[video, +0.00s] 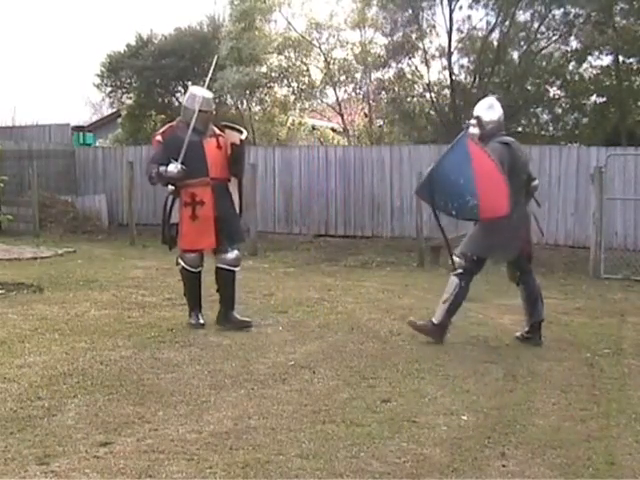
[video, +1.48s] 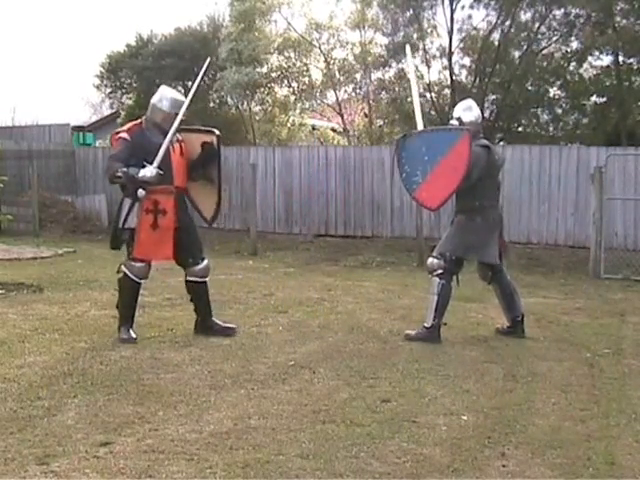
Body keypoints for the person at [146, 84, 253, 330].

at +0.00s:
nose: (203, 117)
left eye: (207, 112)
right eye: (199, 112)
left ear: (212, 113)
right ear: (187, 111)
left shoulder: (218, 138)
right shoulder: (175, 137)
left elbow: (235, 172)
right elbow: (153, 169)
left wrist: (237, 147)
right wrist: (165, 173)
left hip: (220, 199)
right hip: (191, 201)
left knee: (229, 255)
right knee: (192, 256)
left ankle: (227, 312)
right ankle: (195, 311)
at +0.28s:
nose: (209, 119)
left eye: (212, 113)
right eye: (204, 113)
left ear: (215, 114)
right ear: (190, 112)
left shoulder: (219, 139)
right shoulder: (171, 137)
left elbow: (237, 174)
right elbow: (150, 169)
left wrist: (238, 148)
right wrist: (164, 173)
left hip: (217, 204)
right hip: (186, 206)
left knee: (219, 259)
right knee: (188, 259)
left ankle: (214, 316)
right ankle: (195, 311)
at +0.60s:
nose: (217, 120)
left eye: (221, 115)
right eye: (213, 114)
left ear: (223, 115)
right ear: (199, 108)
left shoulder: (223, 140)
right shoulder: (174, 131)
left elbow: (237, 176)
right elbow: (148, 161)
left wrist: (247, 151)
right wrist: (160, 166)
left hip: (213, 203)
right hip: (181, 202)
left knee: (212, 263)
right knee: (174, 259)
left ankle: (210, 319)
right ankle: (184, 308)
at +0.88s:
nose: (215, 119)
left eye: (217, 115)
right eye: (211, 113)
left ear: (217, 115)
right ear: (196, 108)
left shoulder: (216, 141)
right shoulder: (168, 130)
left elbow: (230, 174)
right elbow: (141, 159)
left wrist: (240, 155)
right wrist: (155, 162)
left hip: (205, 206)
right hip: (173, 204)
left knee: (209, 266)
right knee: (158, 259)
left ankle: (210, 321)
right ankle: (138, 320)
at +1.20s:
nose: (183, 120)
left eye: (187, 116)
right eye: (180, 114)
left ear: (189, 116)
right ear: (166, 110)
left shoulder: (189, 142)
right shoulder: (145, 135)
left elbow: (204, 174)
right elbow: (123, 165)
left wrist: (224, 157)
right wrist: (145, 169)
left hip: (185, 210)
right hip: (152, 209)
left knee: (200, 268)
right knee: (140, 265)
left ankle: (209, 321)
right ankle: (126, 324)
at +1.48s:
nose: (171, 121)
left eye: (175, 116)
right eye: (167, 115)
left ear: (177, 116)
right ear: (154, 110)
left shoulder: (176, 140)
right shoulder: (131, 136)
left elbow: (188, 173)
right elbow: (113, 167)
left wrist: (208, 154)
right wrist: (132, 176)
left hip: (176, 208)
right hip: (144, 209)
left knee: (197, 265)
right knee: (138, 266)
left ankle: (204, 320)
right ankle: (126, 325)